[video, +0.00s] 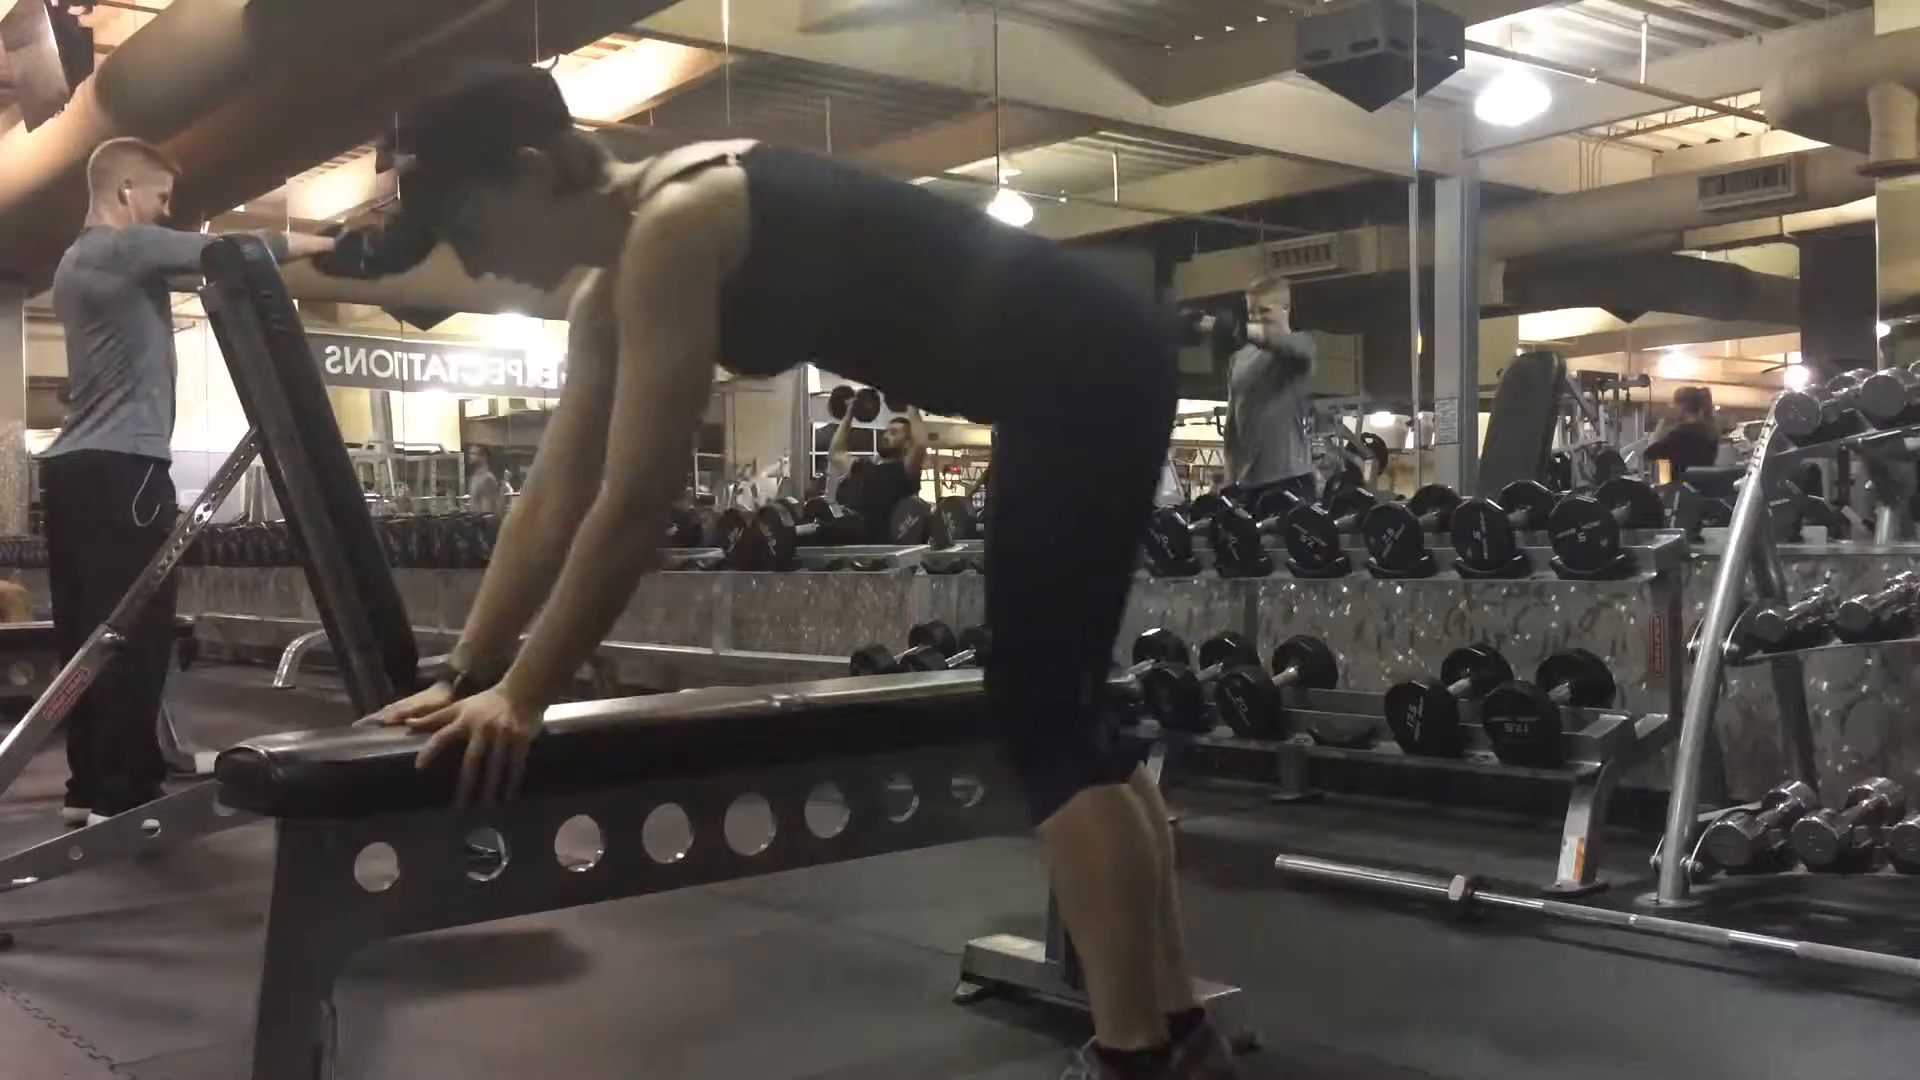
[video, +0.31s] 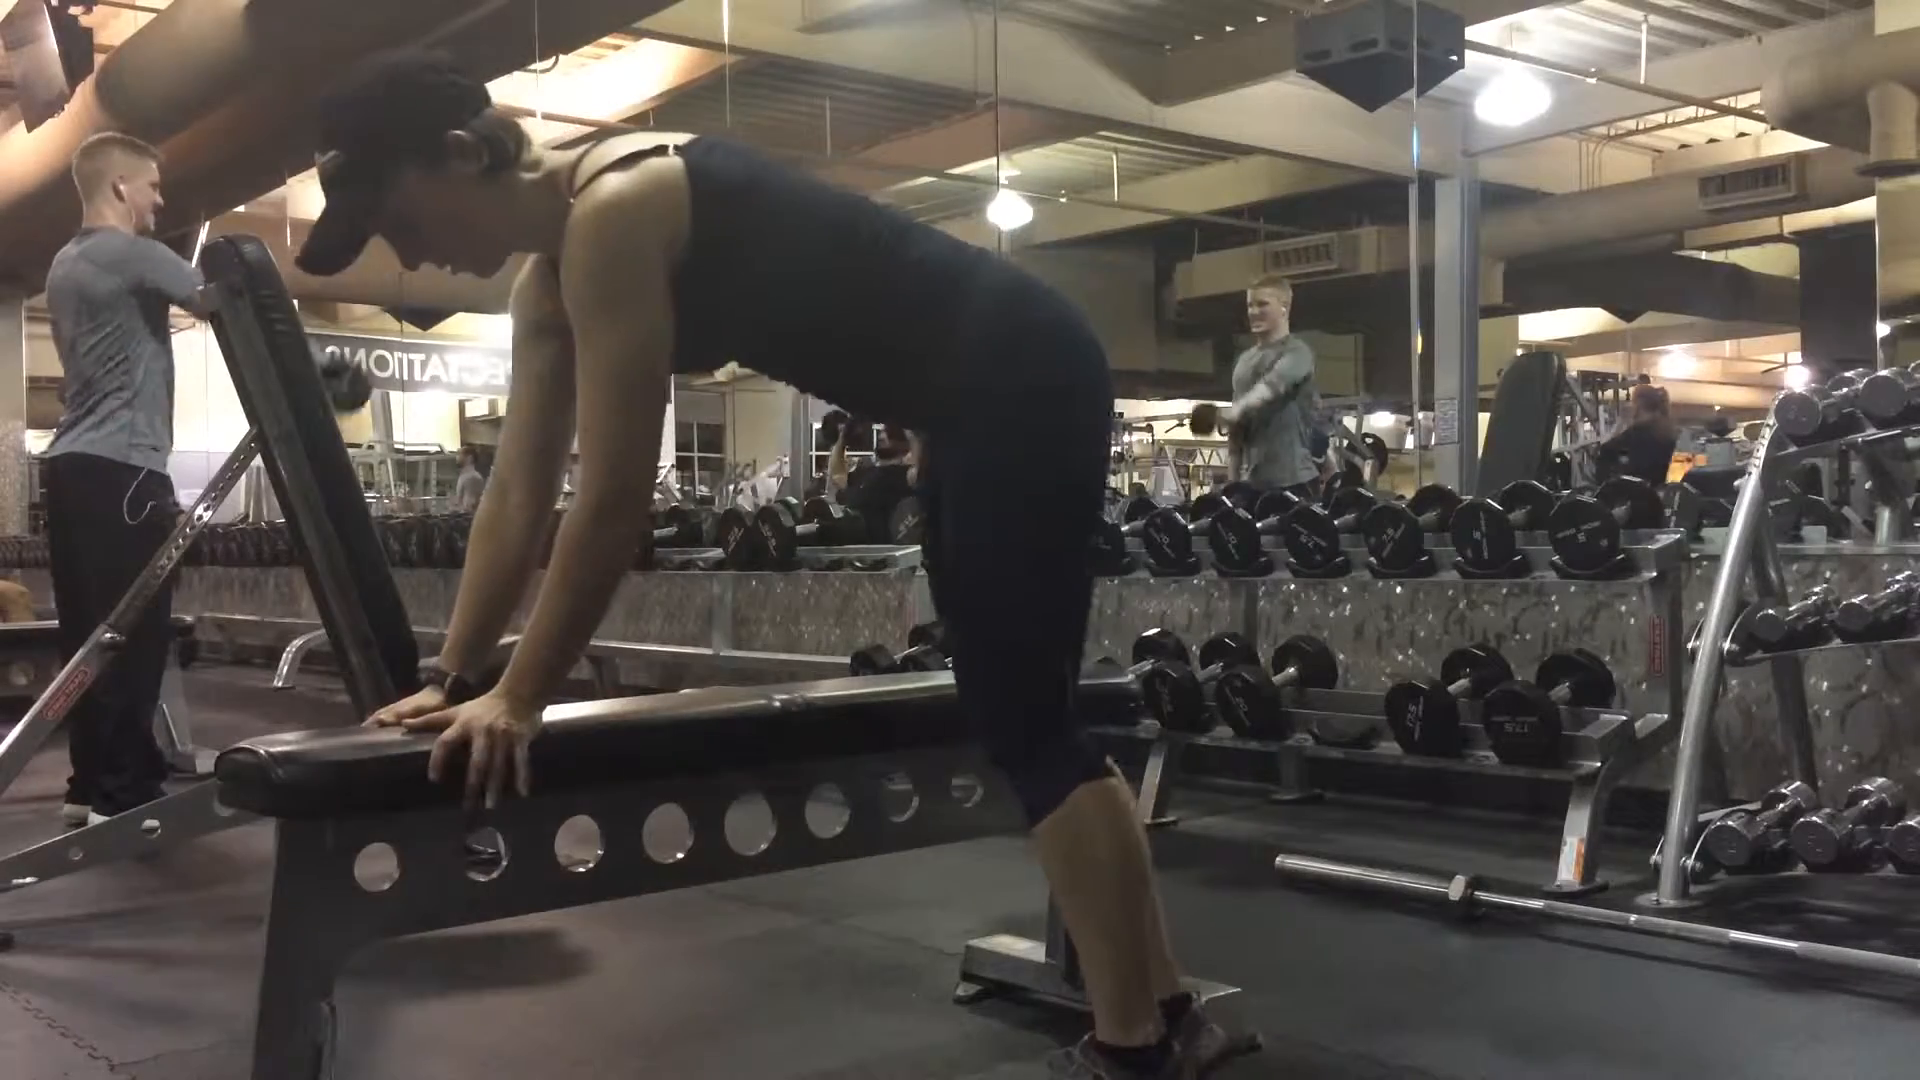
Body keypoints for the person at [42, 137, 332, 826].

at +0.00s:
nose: (166, 209)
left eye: (166, 199)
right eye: (159, 197)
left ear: (107, 198)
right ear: (122, 193)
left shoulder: (76, 262)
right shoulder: (125, 247)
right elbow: (231, 248)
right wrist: (327, 235)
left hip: (74, 469)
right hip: (123, 470)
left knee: (86, 635)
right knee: (136, 632)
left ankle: (90, 786)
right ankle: (128, 793)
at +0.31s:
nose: (158, 199)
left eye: (157, 187)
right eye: (151, 186)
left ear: (100, 191)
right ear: (120, 186)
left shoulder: (66, 264)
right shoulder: (130, 251)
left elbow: (147, 322)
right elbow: (218, 303)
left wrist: (192, 264)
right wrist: (233, 254)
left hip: (72, 467)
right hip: (122, 472)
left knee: (89, 633)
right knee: (138, 633)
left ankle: (93, 784)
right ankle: (124, 793)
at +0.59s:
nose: (168, 199)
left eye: (166, 187)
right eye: (161, 186)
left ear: (107, 194)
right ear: (134, 189)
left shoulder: (67, 272)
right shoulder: (146, 266)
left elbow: (83, 375)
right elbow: (199, 370)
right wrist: (242, 449)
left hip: (71, 468)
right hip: (130, 472)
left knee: (85, 629)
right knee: (142, 629)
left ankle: (90, 784)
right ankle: (126, 791)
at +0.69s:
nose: (169, 200)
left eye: (166, 187)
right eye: (162, 188)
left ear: (107, 195)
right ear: (134, 191)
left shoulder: (71, 272)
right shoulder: (144, 268)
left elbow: (86, 379)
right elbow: (181, 383)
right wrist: (206, 460)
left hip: (73, 469)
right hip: (129, 472)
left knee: (85, 628)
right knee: (140, 629)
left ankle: (89, 784)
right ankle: (124, 789)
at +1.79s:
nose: (155, 205)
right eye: (147, 190)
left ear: (79, 192)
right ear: (132, 190)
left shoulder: (63, 264)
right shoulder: (123, 266)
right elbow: (137, 382)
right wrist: (162, 474)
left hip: (66, 469)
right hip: (111, 472)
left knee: (80, 630)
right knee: (126, 631)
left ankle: (90, 783)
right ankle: (124, 788)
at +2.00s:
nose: (152, 210)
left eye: (152, 197)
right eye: (148, 197)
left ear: (88, 194)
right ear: (126, 193)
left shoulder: (63, 264)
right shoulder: (124, 268)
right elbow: (140, 390)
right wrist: (167, 481)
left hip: (65, 471)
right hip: (112, 475)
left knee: (83, 632)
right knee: (128, 634)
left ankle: (88, 785)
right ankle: (124, 790)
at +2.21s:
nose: (191, 233)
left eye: (191, 221)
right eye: (186, 219)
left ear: (135, 216)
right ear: (159, 216)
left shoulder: (100, 274)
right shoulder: (131, 283)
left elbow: (177, 348)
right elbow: (144, 398)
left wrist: (239, 389)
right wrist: (167, 495)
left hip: (50, 478)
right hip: (85, 483)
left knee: (85, 640)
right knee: (142, 635)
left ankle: (89, 789)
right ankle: (125, 793)